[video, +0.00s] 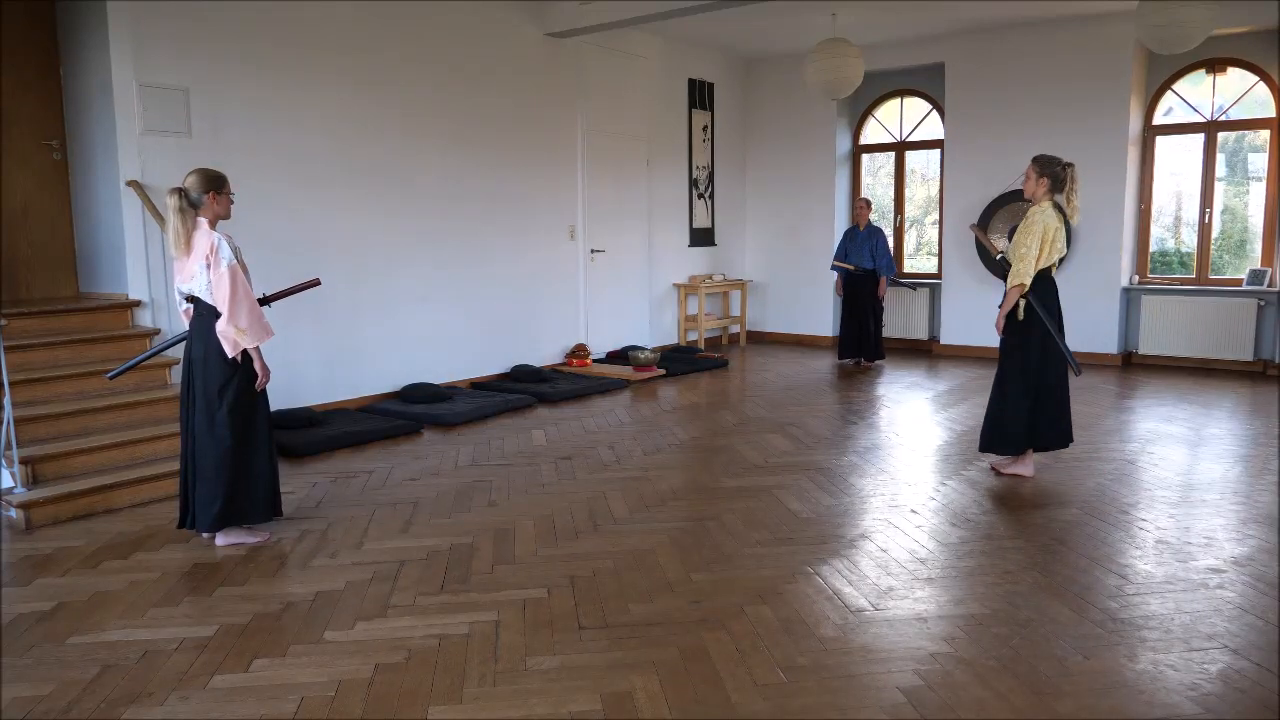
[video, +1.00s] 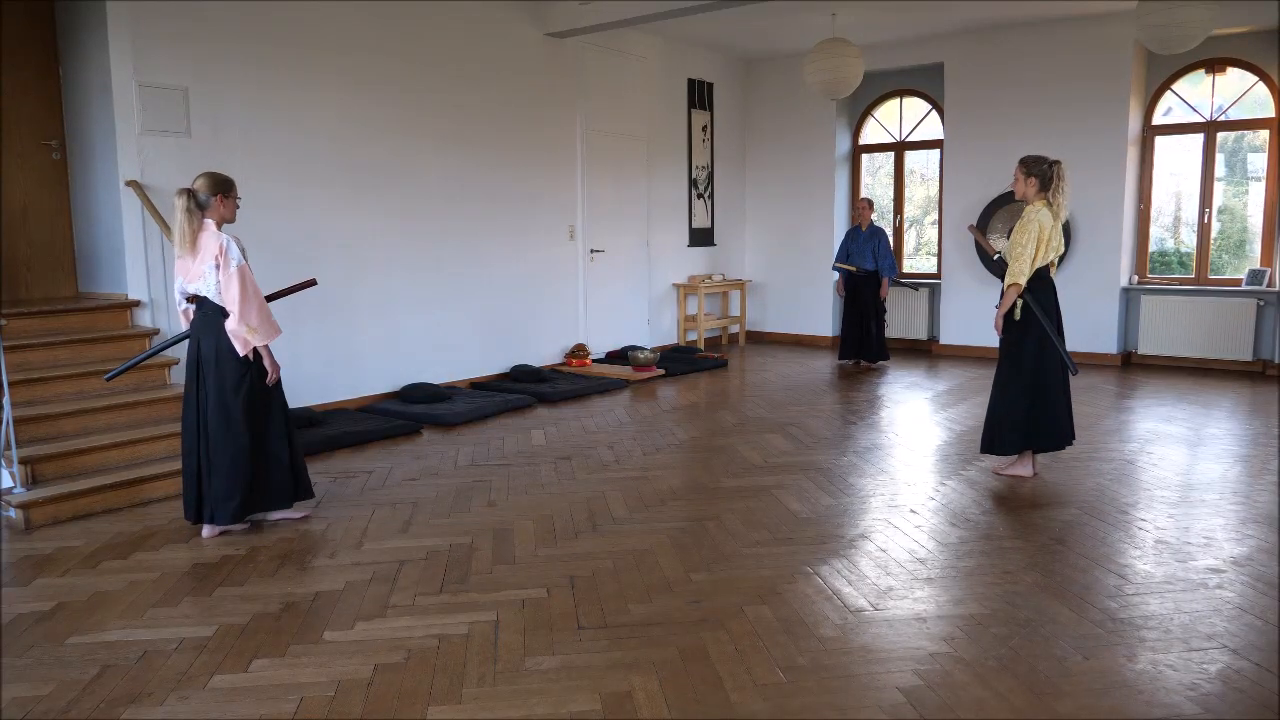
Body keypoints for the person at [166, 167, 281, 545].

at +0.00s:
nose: (232, 202)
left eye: (231, 195)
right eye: (229, 196)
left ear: (203, 199)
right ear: (212, 199)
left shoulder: (184, 241)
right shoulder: (218, 242)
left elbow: (186, 304)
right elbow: (234, 304)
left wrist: (207, 331)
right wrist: (255, 352)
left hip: (200, 344)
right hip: (225, 345)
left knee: (209, 432)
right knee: (232, 433)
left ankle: (212, 521)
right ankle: (230, 526)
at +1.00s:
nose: (237, 206)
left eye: (236, 199)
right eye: (234, 200)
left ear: (203, 202)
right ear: (219, 202)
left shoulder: (186, 245)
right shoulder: (224, 244)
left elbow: (185, 303)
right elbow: (242, 304)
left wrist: (201, 334)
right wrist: (264, 349)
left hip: (201, 340)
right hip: (232, 339)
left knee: (213, 425)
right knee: (260, 415)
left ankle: (216, 515)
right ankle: (276, 502)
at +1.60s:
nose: (288, 205)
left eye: (286, 199)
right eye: (285, 200)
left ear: (256, 203)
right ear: (271, 202)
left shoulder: (237, 245)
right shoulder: (280, 242)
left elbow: (236, 301)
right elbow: (294, 299)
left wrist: (252, 327)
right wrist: (312, 344)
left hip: (251, 332)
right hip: (281, 332)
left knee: (247, 413)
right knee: (298, 411)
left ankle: (221, 500)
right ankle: (306, 493)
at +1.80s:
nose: (305, 204)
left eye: (304, 199)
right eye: (302, 199)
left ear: (275, 201)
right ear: (289, 201)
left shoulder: (254, 244)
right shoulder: (298, 240)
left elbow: (256, 298)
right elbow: (314, 297)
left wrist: (273, 324)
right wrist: (333, 339)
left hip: (272, 330)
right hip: (302, 330)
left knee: (275, 406)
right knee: (309, 408)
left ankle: (254, 486)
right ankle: (305, 493)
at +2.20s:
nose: (337, 210)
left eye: (336, 204)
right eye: (335, 204)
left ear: (310, 206)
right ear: (322, 206)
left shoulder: (290, 246)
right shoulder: (329, 242)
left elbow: (290, 301)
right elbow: (342, 298)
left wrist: (307, 325)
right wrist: (358, 340)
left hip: (306, 331)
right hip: (331, 330)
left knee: (314, 408)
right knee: (340, 406)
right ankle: (305, 491)